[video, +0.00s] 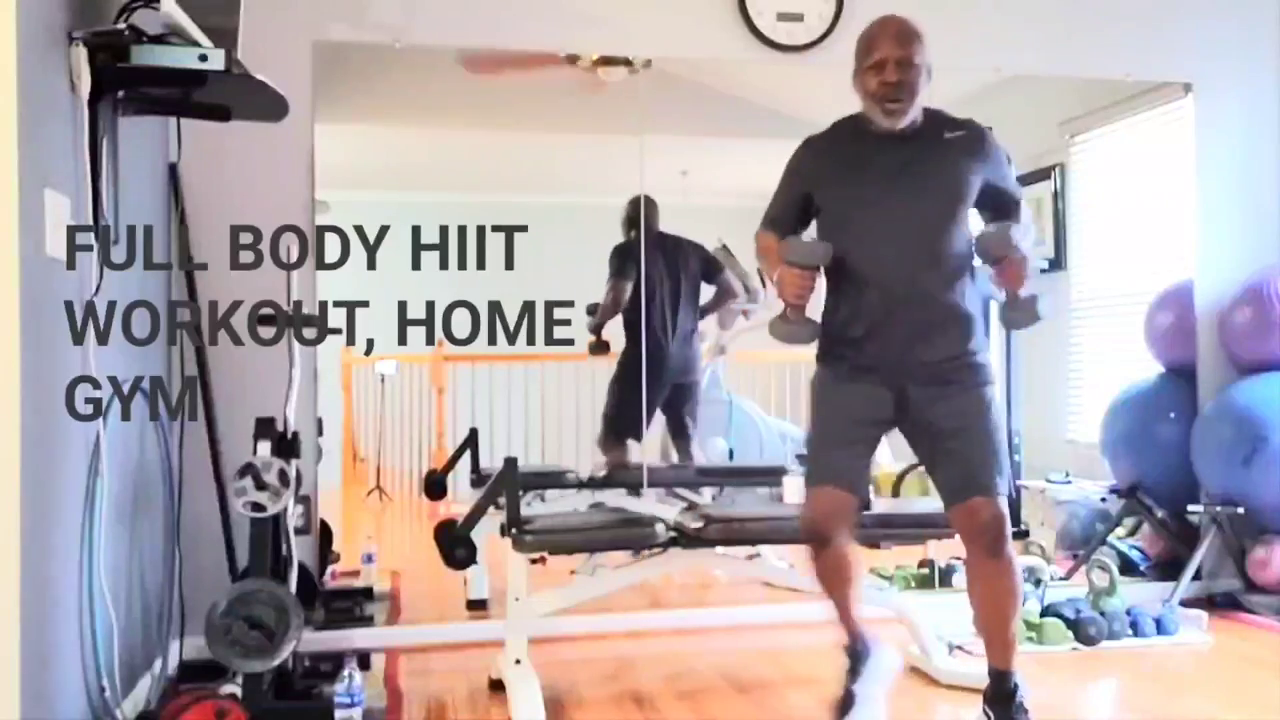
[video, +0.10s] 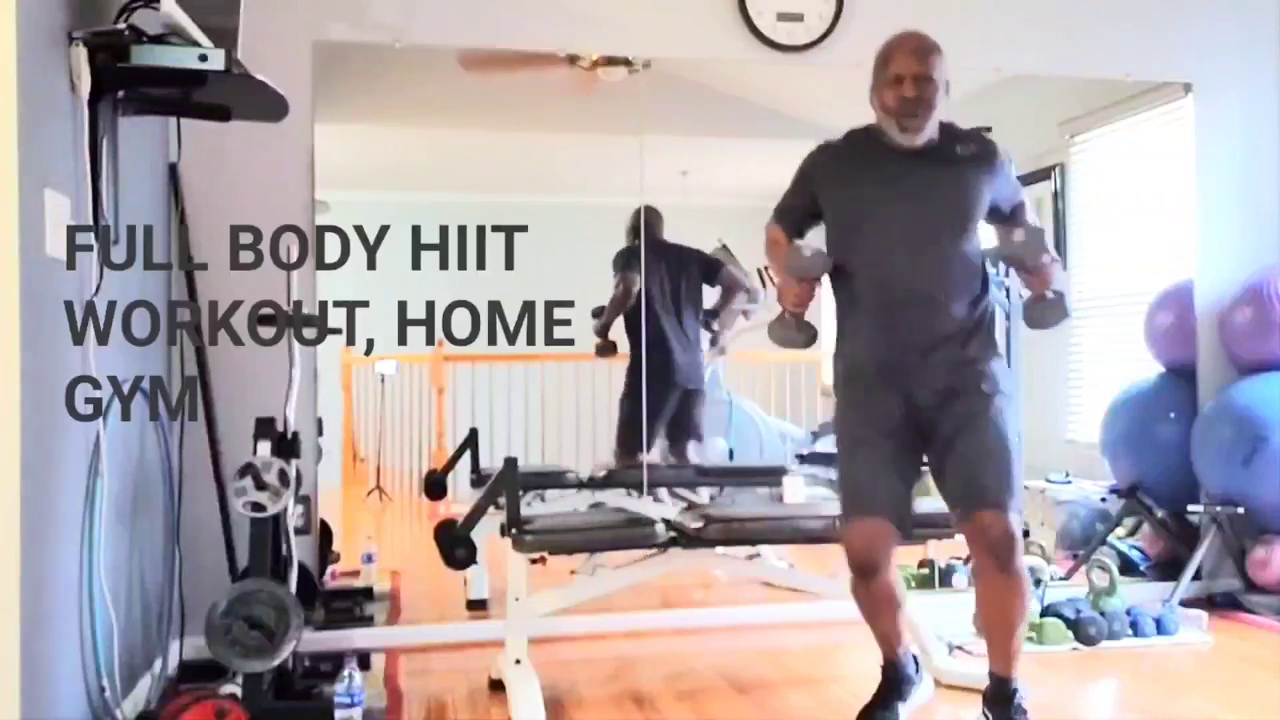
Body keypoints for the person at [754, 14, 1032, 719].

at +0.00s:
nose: (891, 78)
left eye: (906, 66)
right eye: (876, 66)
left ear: (928, 73)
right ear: (856, 76)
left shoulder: (971, 145)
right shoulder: (821, 155)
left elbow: (1006, 213)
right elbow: (770, 236)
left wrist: (1009, 252)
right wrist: (783, 268)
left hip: (951, 365)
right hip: (852, 364)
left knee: (985, 522)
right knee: (823, 522)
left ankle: (1003, 688)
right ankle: (857, 646)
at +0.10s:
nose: (910, 93)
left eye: (924, 81)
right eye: (895, 80)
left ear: (944, 89)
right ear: (873, 89)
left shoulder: (978, 158)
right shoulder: (832, 164)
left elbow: (1018, 224)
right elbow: (778, 232)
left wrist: (1039, 264)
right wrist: (789, 277)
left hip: (965, 373)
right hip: (869, 378)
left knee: (996, 537)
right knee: (865, 552)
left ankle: (1004, 691)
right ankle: (901, 668)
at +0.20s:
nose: (914, 105)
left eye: (928, 92)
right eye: (899, 92)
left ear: (951, 101)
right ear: (878, 102)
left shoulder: (986, 167)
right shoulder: (839, 176)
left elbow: (1026, 233)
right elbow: (779, 237)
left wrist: (1044, 278)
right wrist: (791, 289)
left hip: (973, 386)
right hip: (874, 390)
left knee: (1013, 546)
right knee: (861, 555)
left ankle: (1006, 692)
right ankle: (896, 666)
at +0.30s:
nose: (914, 81)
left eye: (927, 70)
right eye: (900, 70)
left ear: (948, 80)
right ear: (877, 82)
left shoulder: (986, 154)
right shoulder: (835, 159)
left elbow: (1038, 222)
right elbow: (777, 234)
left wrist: (1025, 261)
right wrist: (802, 280)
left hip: (961, 376)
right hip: (861, 376)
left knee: (997, 533)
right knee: (825, 527)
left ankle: (1003, 692)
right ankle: (851, 648)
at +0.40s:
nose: (900, 77)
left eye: (914, 65)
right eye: (886, 66)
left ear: (936, 75)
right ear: (865, 78)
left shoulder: (975, 149)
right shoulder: (825, 155)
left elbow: (1024, 221)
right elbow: (772, 251)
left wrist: (1004, 266)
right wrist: (805, 281)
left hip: (944, 374)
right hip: (845, 370)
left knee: (991, 528)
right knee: (794, 516)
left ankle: (1001, 690)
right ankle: (778, 664)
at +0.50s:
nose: (879, 110)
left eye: (892, 99)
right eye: (865, 101)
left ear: (915, 109)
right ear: (844, 115)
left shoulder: (959, 188)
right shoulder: (808, 196)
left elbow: (1010, 287)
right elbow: (765, 301)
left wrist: (970, 298)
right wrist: (806, 307)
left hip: (935, 397)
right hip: (836, 394)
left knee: (1001, 536)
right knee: (764, 535)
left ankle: (1004, 696)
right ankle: (704, 683)